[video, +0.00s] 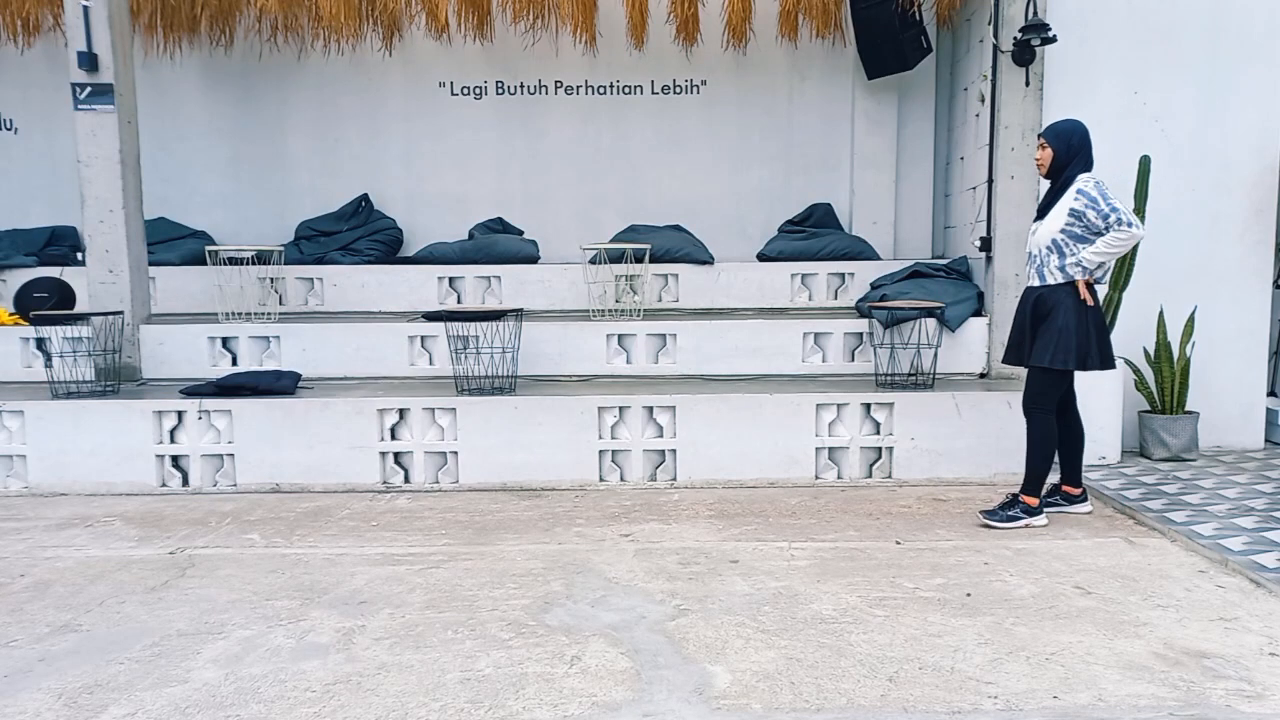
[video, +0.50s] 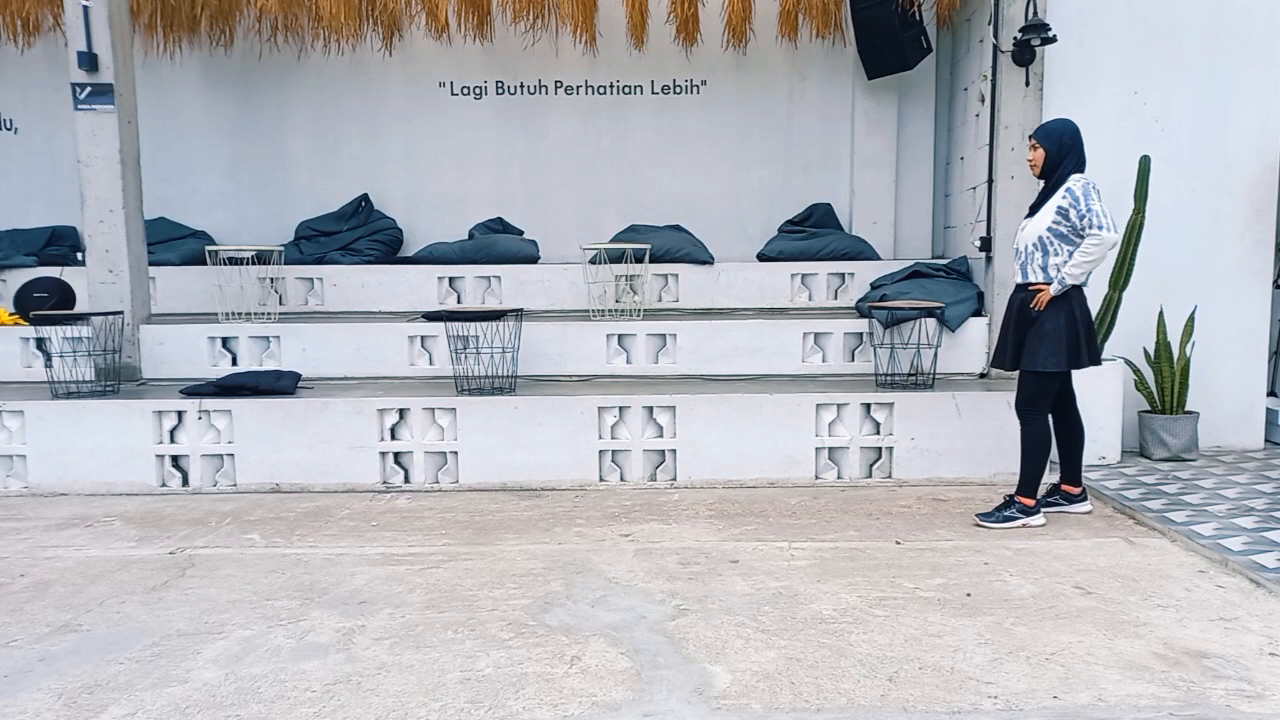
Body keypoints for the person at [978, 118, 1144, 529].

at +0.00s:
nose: (1038, 155)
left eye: (1044, 148)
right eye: (1038, 148)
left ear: (1066, 150)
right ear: (1058, 152)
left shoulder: (1085, 186)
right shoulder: (1059, 193)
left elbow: (1128, 229)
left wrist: (1085, 267)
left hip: (1063, 307)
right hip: (1043, 307)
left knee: (1038, 401)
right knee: (1063, 402)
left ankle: (1029, 500)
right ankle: (1072, 489)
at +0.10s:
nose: (1035, 155)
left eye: (1041, 148)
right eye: (1036, 148)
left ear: (1063, 150)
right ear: (1057, 151)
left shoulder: (1083, 187)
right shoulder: (1057, 192)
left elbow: (1131, 225)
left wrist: (1082, 264)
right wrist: (1044, 276)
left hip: (1059, 309)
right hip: (1041, 308)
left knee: (1038, 405)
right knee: (1063, 403)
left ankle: (1026, 501)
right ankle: (1072, 488)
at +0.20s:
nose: (1034, 154)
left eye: (1039, 147)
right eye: (1034, 147)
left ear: (1061, 149)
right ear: (1057, 150)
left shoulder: (1081, 187)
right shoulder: (1055, 191)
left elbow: (1125, 230)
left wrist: (1072, 273)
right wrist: (1036, 273)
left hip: (1056, 309)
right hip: (1039, 307)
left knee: (1038, 406)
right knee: (1063, 403)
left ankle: (1026, 501)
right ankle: (1072, 488)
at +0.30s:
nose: (1032, 154)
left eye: (1038, 147)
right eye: (1033, 147)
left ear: (1060, 149)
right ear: (1053, 151)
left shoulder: (1080, 187)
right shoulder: (1053, 192)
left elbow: (1116, 235)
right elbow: (1066, 245)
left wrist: (1064, 279)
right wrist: (1034, 278)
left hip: (1055, 309)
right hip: (1039, 307)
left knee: (1036, 404)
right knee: (1062, 402)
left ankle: (1026, 501)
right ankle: (1071, 488)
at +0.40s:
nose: (1031, 154)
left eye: (1037, 147)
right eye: (1031, 147)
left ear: (1059, 149)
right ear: (1052, 150)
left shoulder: (1079, 186)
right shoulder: (1052, 192)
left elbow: (1107, 236)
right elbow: (1059, 247)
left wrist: (1062, 282)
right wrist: (1031, 282)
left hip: (1053, 310)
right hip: (1037, 308)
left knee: (1034, 405)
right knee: (1061, 403)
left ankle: (1025, 501)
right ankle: (1072, 488)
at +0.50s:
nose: (1030, 155)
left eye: (1036, 147)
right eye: (1030, 148)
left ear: (1058, 149)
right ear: (1050, 151)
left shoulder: (1078, 186)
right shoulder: (1051, 192)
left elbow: (1103, 236)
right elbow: (1057, 248)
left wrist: (1060, 283)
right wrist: (1030, 284)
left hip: (1053, 310)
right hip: (1037, 308)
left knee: (1031, 405)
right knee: (1061, 403)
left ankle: (1024, 501)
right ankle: (1072, 489)